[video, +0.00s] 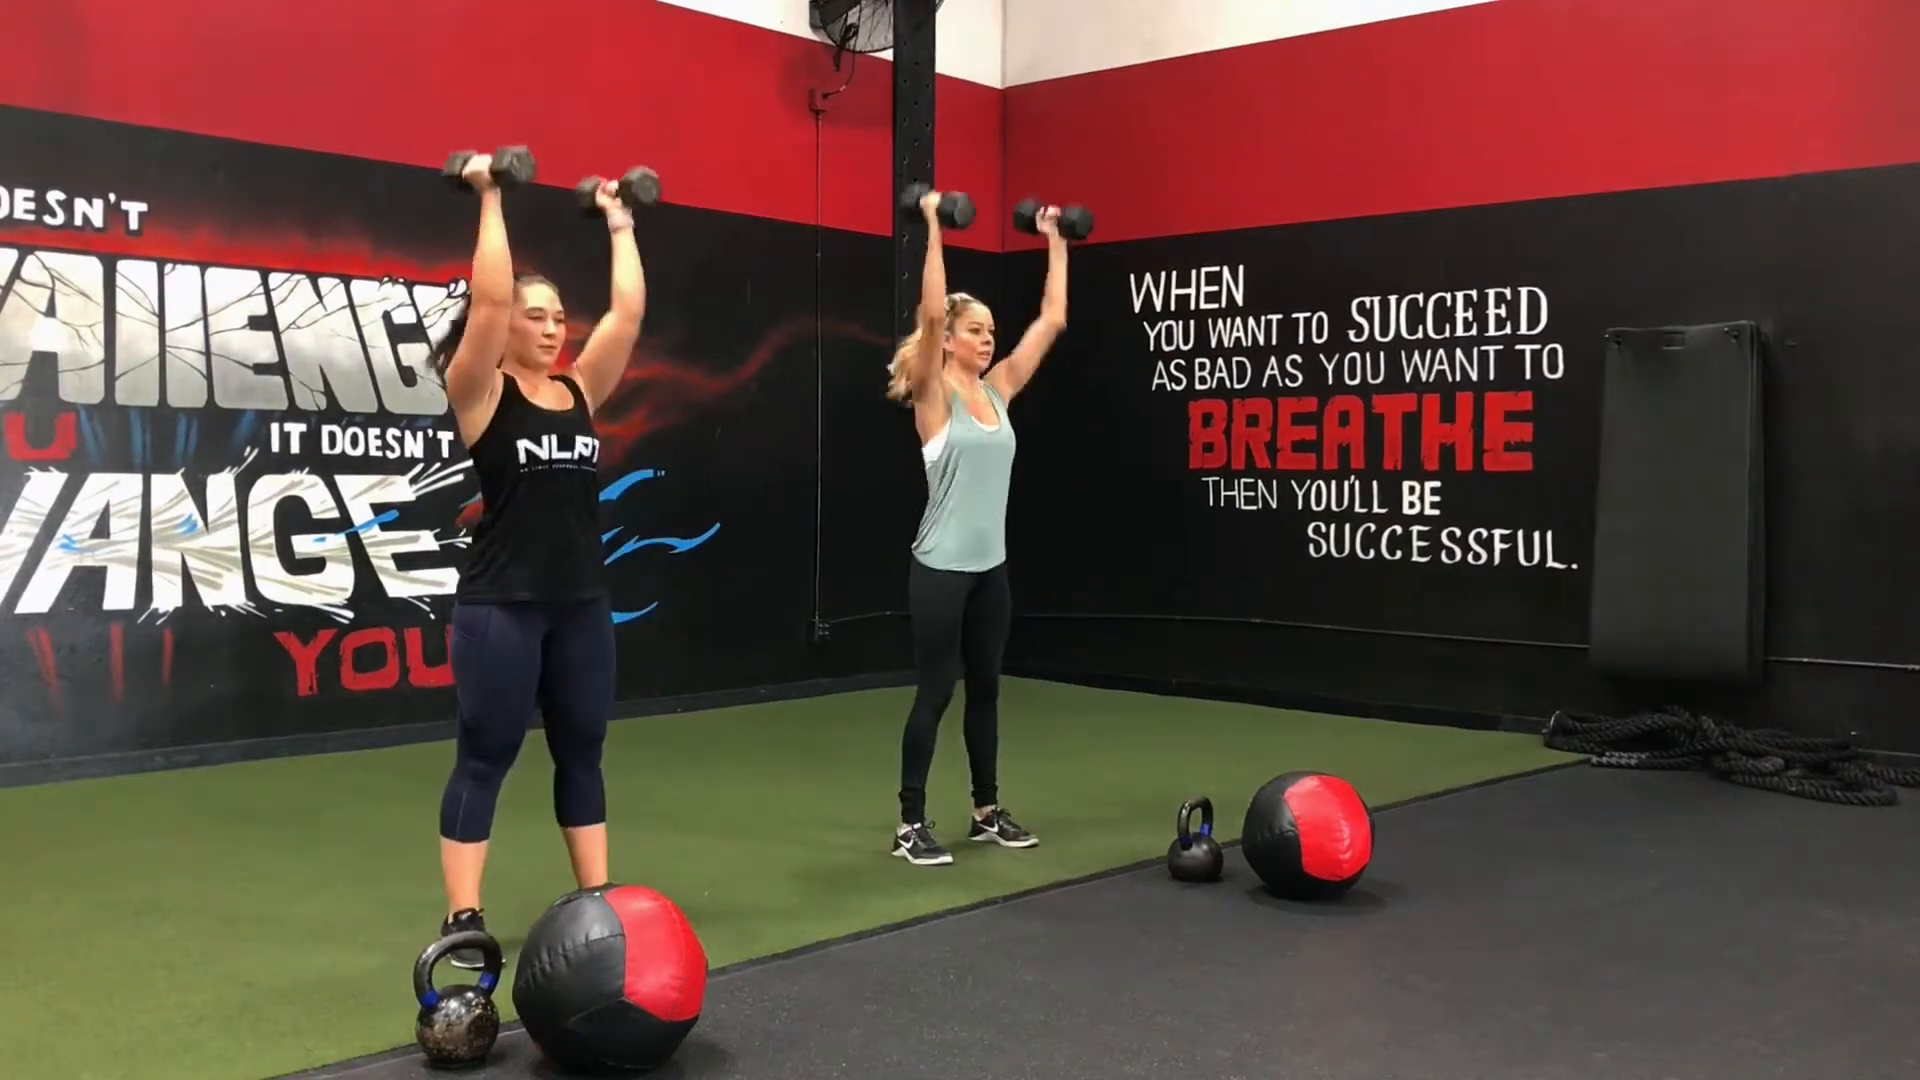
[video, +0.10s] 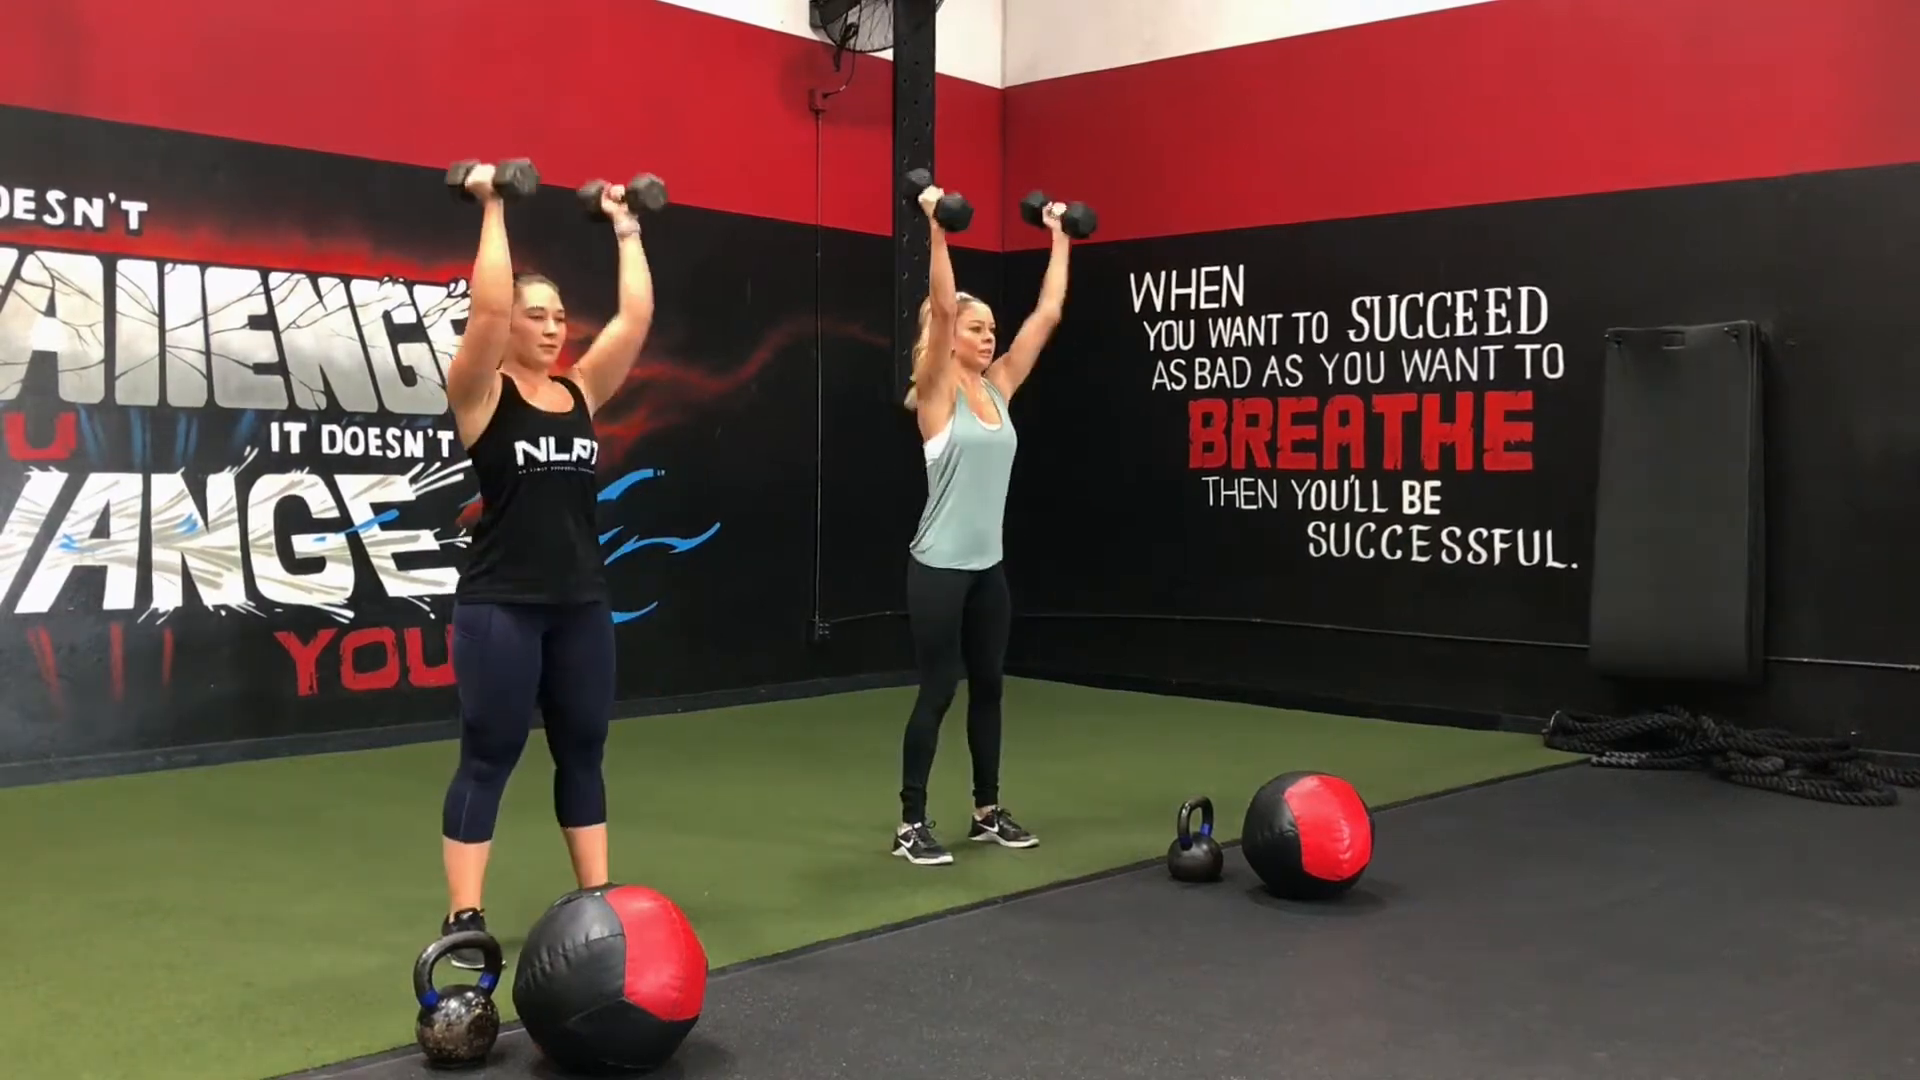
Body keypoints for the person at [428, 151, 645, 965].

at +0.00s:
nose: (554, 326)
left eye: (559, 315)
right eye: (537, 314)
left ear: (566, 325)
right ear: (499, 319)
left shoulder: (578, 388)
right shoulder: (477, 391)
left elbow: (628, 307)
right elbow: (492, 299)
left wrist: (618, 214)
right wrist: (491, 195)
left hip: (580, 606)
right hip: (500, 607)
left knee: (583, 753)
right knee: (485, 757)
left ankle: (598, 906)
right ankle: (464, 920)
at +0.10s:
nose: (555, 327)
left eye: (559, 316)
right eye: (539, 315)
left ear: (566, 323)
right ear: (502, 322)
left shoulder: (580, 388)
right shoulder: (478, 391)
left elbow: (635, 314)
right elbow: (489, 312)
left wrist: (626, 225)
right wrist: (494, 203)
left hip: (580, 606)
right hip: (500, 606)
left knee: (583, 751)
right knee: (489, 756)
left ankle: (596, 903)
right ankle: (465, 918)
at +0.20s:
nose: (556, 333)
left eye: (562, 321)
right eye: (541, 321)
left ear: (569, 330)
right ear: (507, 329)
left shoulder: (583, 404)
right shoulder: (476, 402)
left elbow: (667, 402)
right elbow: (498, 388)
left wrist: (646, 313)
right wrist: (495, 298)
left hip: (566, 609)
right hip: (485, 608)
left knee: (592, 741)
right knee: (491, 750)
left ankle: (597, 904)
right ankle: (465, 918)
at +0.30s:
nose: (570, 400)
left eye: (575, 388)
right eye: (554, 389)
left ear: (583, 399)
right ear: (515, 401)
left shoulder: (591, 474)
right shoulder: (485, 466)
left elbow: (657, 539)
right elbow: (509, 535)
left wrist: (655, 458)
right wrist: (509, 450)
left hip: (545, 642)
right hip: (464, 642)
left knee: (623, 746)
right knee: (489, 763)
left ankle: (595, 905)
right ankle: (465, 923)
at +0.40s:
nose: (588, 494)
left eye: (592, 481)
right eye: (571, 482)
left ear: (597, 486)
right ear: (530, 494)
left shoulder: (599, 558)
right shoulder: (492, 558)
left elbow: (639, 653)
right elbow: (507, 658)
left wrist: (650, 575)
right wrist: (512, 564)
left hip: (535, 697)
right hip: (455, 700)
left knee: (641, 759)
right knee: (491, 782)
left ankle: (597, 907)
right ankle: (464, 926)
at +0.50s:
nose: (591, 543)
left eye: (597, 531)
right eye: (575, 531)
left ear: (604, 539)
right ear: (535, 542)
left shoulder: (604, 606)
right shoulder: (496, 605)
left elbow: (638, 704)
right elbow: (509, 712)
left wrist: (649, 626)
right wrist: (519, 617)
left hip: (541, 739)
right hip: (458, 738)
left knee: (645, 768)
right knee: (494, 791)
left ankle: (596, 907)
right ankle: (466, 926)